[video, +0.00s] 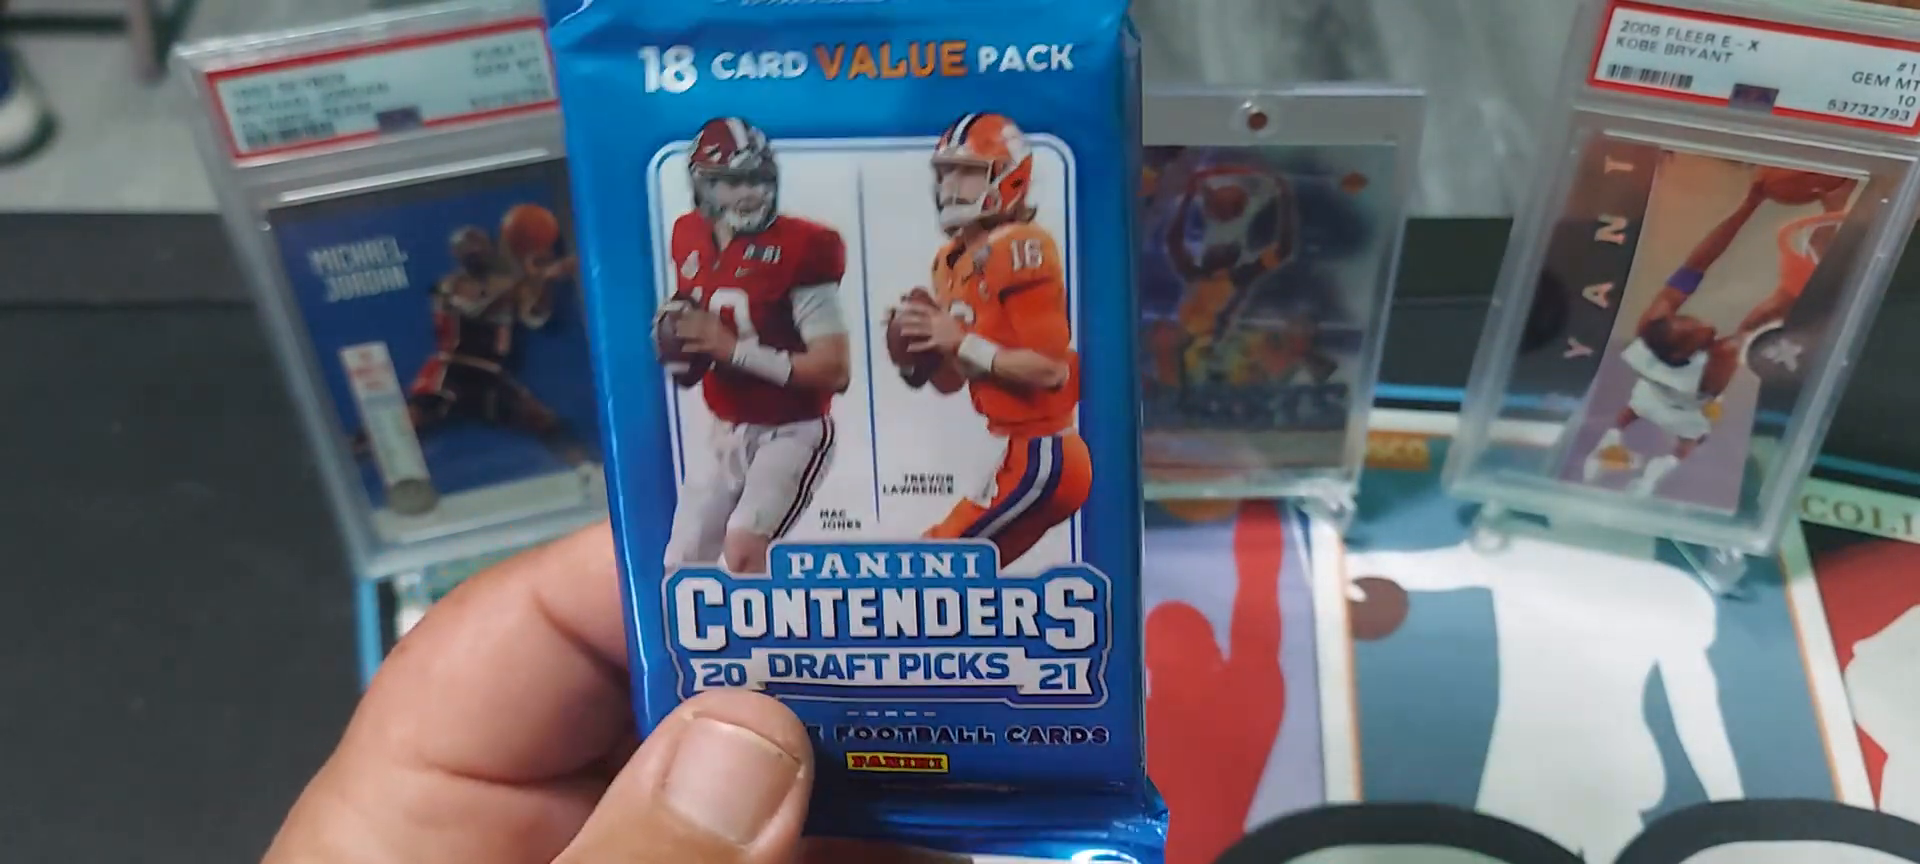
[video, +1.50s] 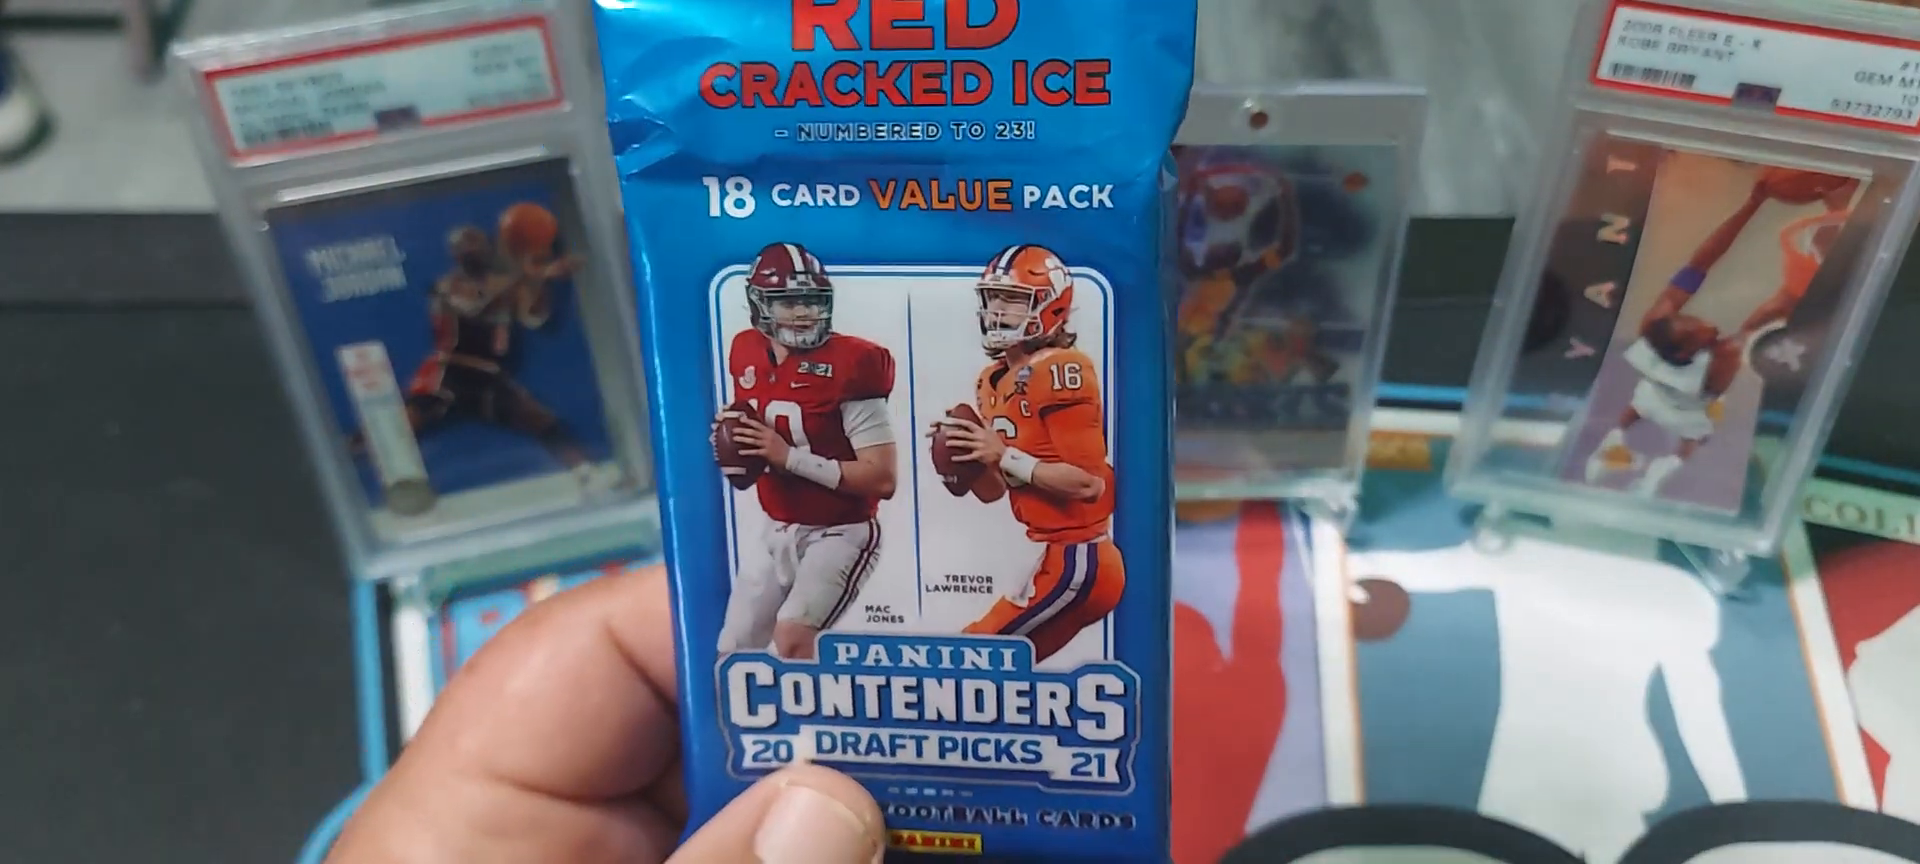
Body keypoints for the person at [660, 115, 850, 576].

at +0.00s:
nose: (745, 194)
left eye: (755, 180)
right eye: (731, 182)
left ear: (771, 181)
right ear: (703, 186)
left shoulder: (806, 246)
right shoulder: (689, 234)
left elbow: (833, 371)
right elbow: (685, 315)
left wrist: (732, 347)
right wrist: (674, 336)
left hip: (794, 432)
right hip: (723, 430)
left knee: (744, 547)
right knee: (681, 564)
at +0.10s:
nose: (714, 214)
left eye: (723, 201)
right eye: (699, 204)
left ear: (738, 204)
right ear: (670, 211)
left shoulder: (774, 266)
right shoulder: (658, 259)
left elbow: (811, 386)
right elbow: (667, 390)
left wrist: (709, 366)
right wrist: (647, 357)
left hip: (774, 445)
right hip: (707, 448)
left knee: (729, 559)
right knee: (670, 578)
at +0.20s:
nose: (728, 178)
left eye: (737, 165)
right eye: (713, 168)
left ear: (753, 166)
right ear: (687, 173)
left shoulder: (784, 228)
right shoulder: (675, 220)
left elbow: (816, 347)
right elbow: (678, 296)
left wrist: (720, 328)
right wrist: (660, 313)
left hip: (779, 409)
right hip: (712, 411)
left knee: (731, 528)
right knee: (669, 546)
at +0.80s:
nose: (759, 214)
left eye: (769, 202)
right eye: (745, 202)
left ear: (784, 203)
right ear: (716, 204)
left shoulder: (815, 266)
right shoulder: (700, 253)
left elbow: (841, 390)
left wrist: (742, 365)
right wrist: (682, 349)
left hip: (800, 450)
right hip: (729, 448)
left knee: (745, 571)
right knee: (686, 581)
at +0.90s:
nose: (728, 246)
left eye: (736, 233)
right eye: (713, 236)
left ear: (751, 235)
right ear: (684, 242)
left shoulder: (788, 298)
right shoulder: (671, 287)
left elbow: (819, 420)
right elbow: (676, 419)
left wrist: (719, 396)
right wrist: (657, 384)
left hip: (782, 476)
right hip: (711, 474)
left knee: (735, 585)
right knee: (675, 601)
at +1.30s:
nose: (745, 293)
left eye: (753, 281)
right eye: (731, 283)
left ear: (768, 283)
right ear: (702, 290)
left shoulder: (803, 344)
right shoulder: (689, 335)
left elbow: (839, 463)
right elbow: (696, 463)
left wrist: (739, 442)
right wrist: (677, 423)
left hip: (801, 517)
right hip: (733, 517)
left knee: (757, 621)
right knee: (699, 638)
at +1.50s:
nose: (800, 313)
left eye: (810, 302)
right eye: (788, 302)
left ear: (825, 304)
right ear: (761, 304)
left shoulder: (854, 363)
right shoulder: (746, 351)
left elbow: (882, 479)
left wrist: (786, 455)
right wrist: (728, 437)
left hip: (842, 534)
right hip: (775, 532)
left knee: (791, 637)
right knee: (733, 651)